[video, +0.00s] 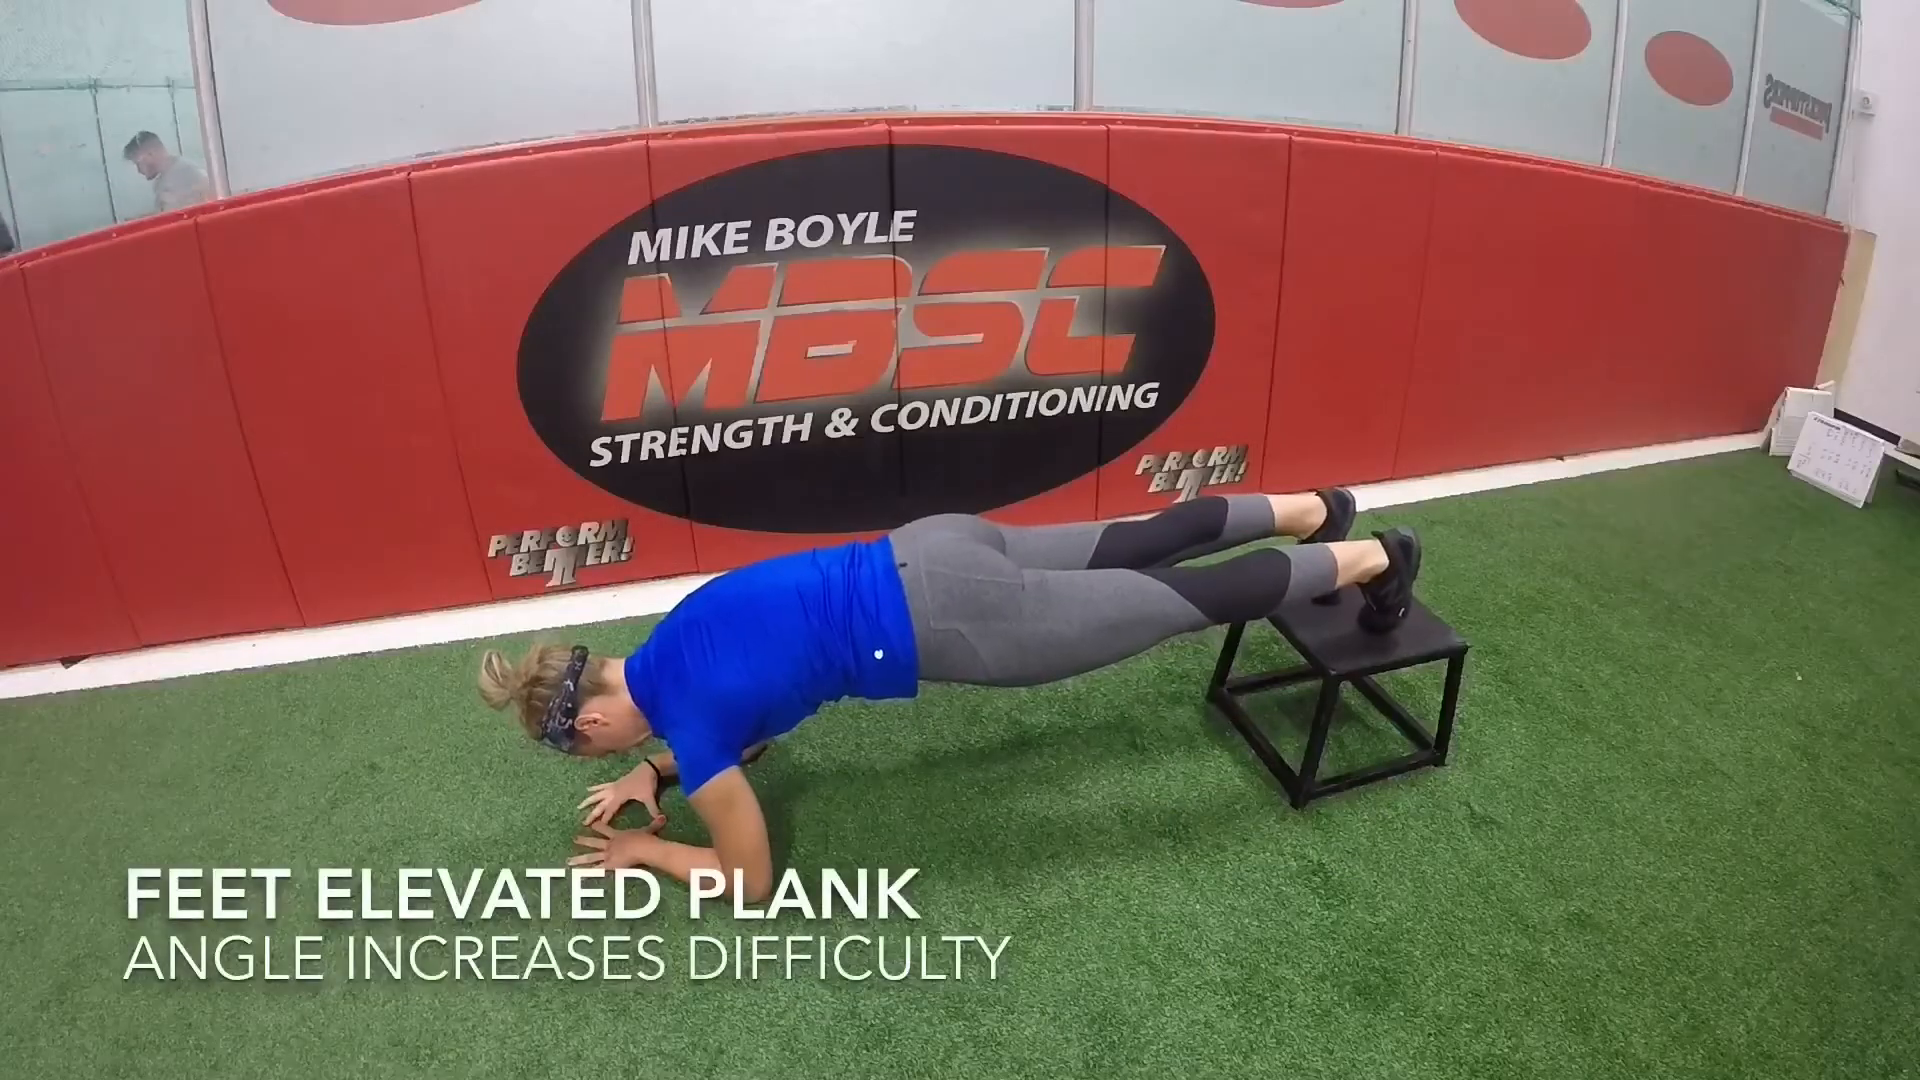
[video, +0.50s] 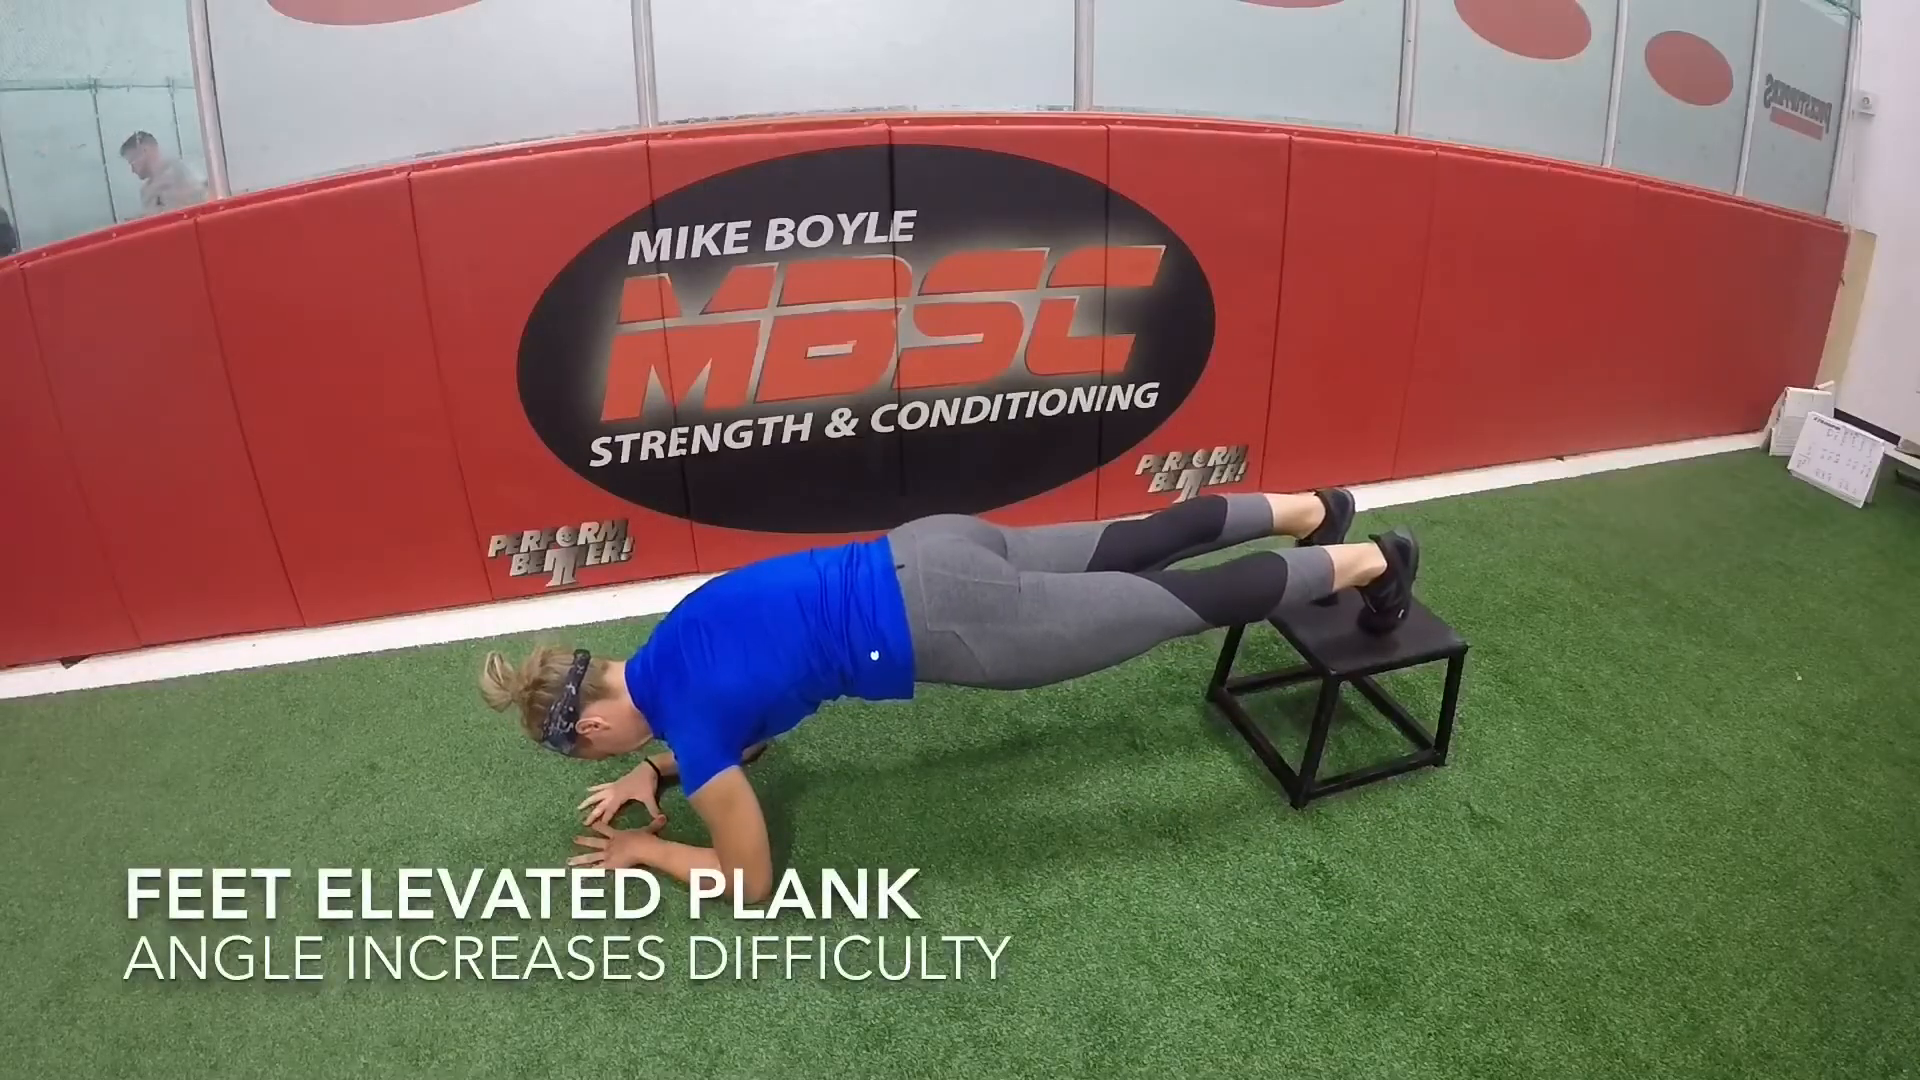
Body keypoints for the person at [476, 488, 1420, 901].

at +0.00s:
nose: (604, 750)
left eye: (589, 742)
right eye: (592, 743)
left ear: (599, 710)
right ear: (597, 669)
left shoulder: (690, 721)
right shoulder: (670, 629)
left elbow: (748, 879)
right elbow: (747, 738)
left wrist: (644, 852)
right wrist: (662, 790)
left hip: (937, 625)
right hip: (923, 540)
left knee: (1169, 605)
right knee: (1119, 543)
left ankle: (1341, 562)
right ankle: (1278, 509)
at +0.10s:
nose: (604, 751)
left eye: (588, 743)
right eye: (592, 744)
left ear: (598, 711)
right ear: (597, 670)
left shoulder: (690, 720)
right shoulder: (670, 629)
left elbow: (748, 879)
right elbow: (748, 739)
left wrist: (645, 851)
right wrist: (662, 790)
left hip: (937, 625)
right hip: (923, 540)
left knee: (1169, 605)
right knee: (1120, 544)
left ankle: (1340, 563)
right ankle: (1278, 509)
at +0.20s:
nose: (606, 752)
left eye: (590, 743)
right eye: (594, 745)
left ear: (599, 712)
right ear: (598, 668)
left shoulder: (689, 720)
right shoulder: (671, 630)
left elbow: (749, 879)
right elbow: (748, 740)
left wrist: (645, 851)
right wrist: (663, 790)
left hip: (936, 625)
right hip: (922, 540)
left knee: (1168, 606)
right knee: (1117, 544)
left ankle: (1340, 562)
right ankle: (1278, 510)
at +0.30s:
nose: (606, 751)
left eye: (591, 742)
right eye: (595, 744)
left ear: (600, 710)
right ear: (597, 670)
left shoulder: (690, 720)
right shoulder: (669, 630)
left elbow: (749, 880)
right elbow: (747, 739)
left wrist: (645, 851)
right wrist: (662, 789)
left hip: (935, 624)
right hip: (921, 540)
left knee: (1168, 606)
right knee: (1117, 544)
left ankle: (1341, 562)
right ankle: (1279, 509)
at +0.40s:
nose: (607, 752)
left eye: (591, 743)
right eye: (595, 745)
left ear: (600, 710)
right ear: (599, 669)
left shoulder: (690, 719)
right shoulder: (672, 630)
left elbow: (748, 878)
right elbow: (749, 740)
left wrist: (646, 852)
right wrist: (663, 789)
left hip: (937, 626)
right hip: (921, 540)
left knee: (1171, 607)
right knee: (1120, 544)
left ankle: (1342, 564)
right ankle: (1277, 508)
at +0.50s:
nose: (609, 752)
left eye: (593, 743)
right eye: (597, 745)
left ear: (602, 710)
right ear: (601, 670)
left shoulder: (689, 717)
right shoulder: (672, 630)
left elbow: (748, 878)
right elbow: (750, 742)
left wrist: (645, 852)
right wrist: (661, 792)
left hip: (939, 626)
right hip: (919, 540)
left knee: (1173, 607)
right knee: (1118, 545)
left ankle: (1343, 566)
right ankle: (1273, 508)